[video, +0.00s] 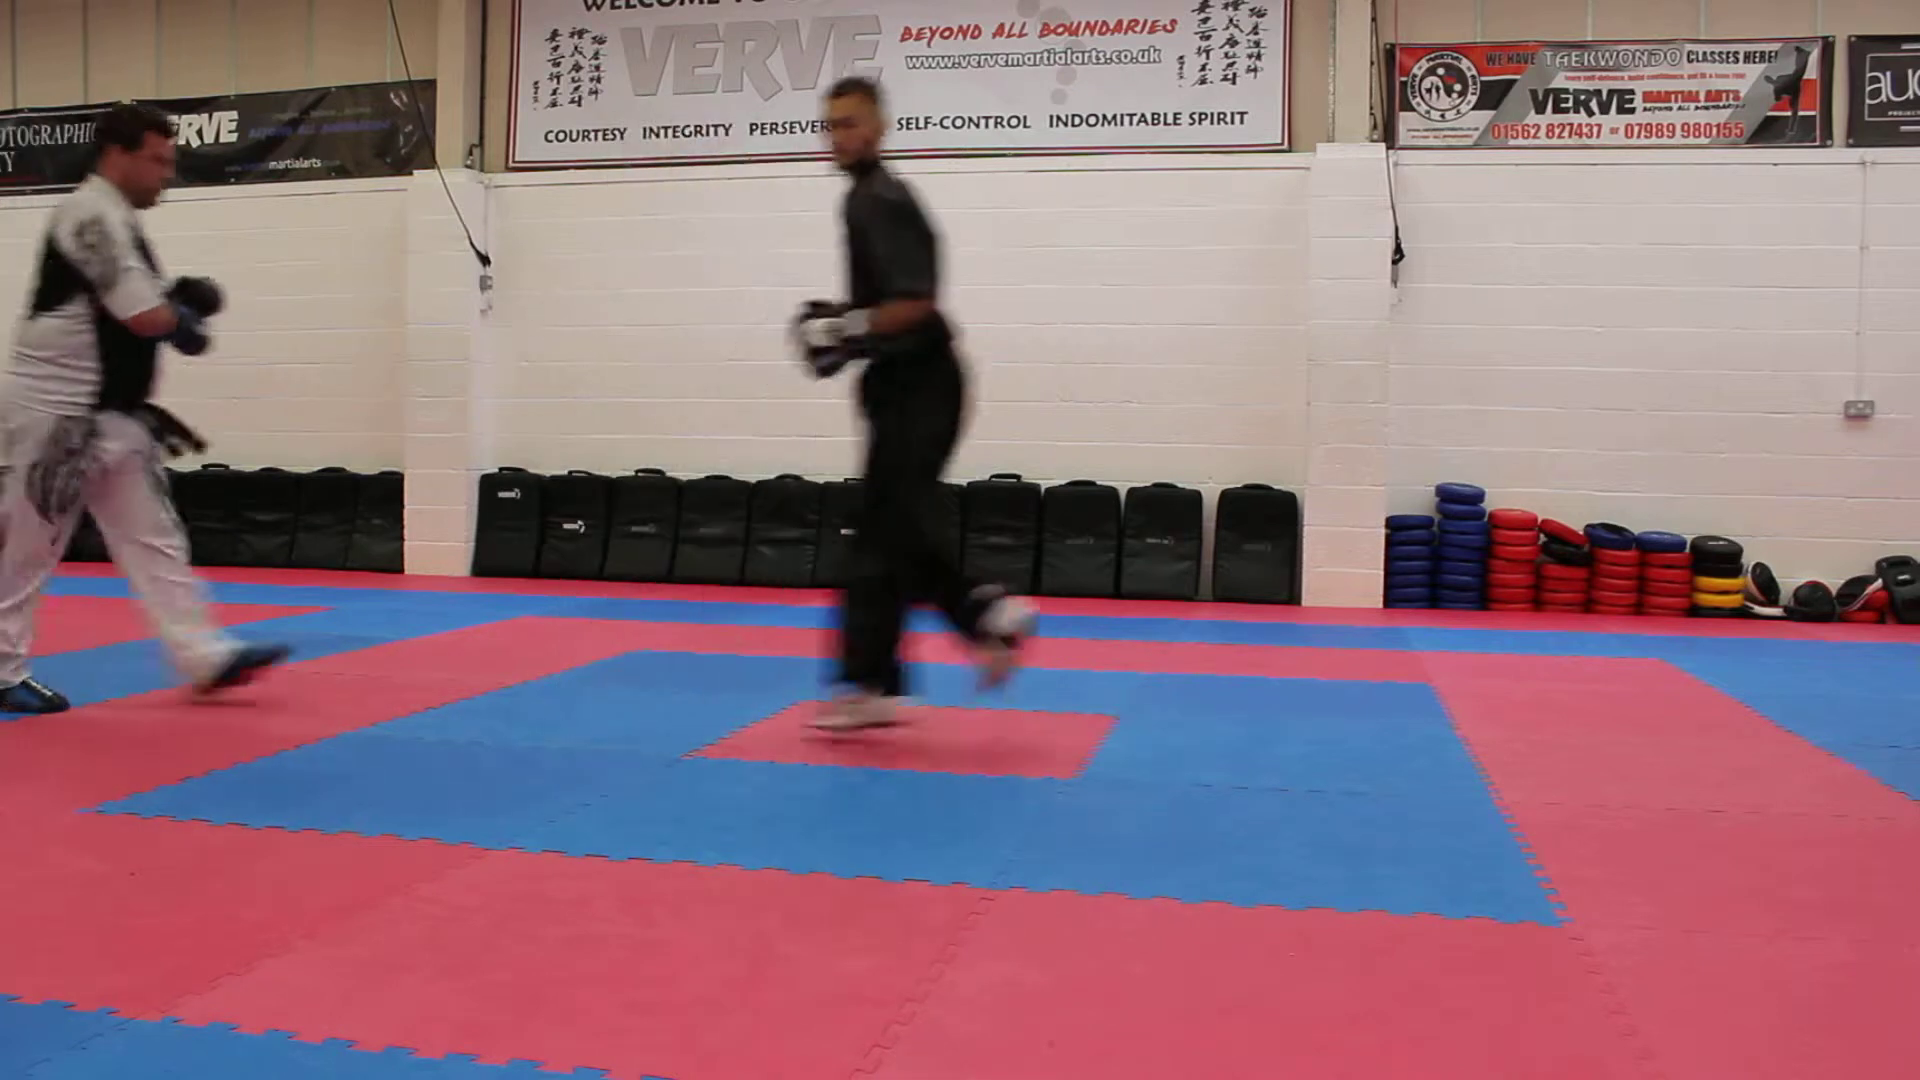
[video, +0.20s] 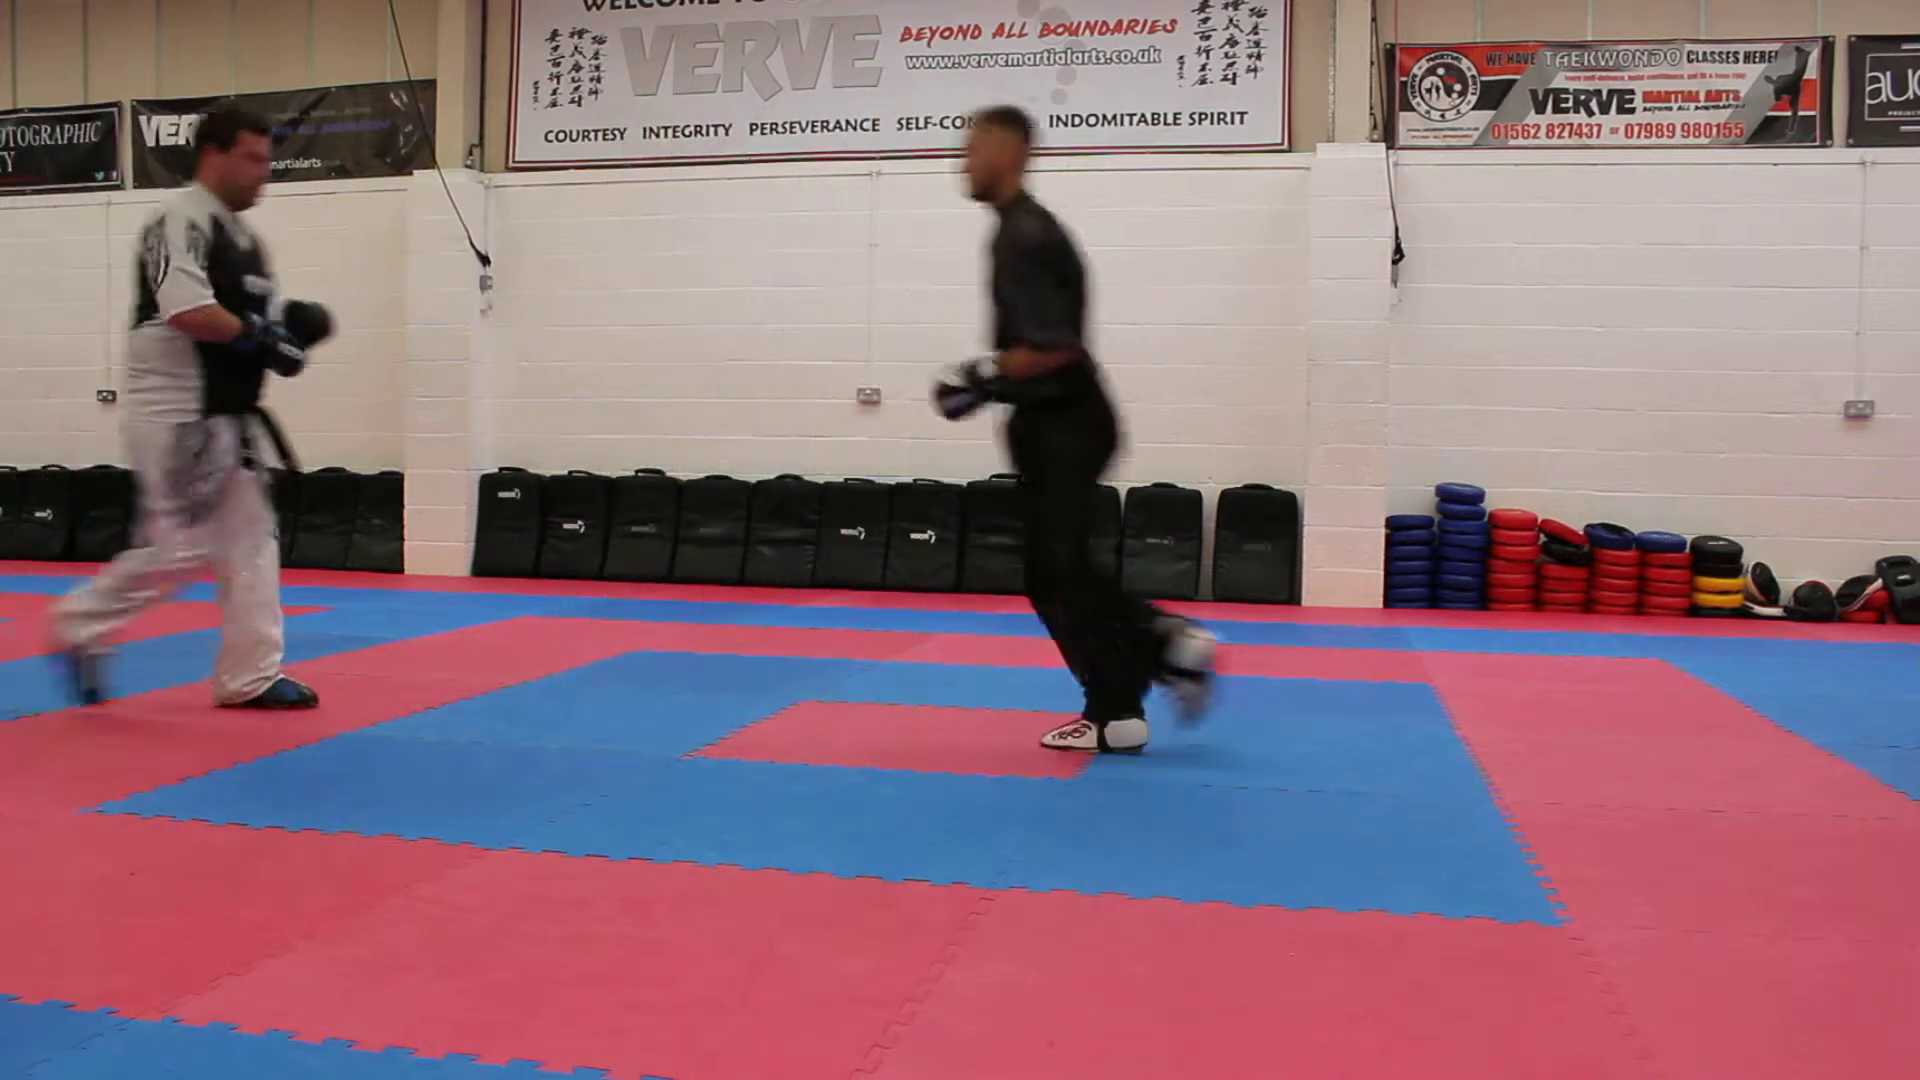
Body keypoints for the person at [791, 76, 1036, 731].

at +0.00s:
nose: (838, 135)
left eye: (850, 123)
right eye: (832, 125)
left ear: (879, 126)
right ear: (830, 131)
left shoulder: (887, 201)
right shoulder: (863, 199)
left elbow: (914, 303)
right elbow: (884, 297)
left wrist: (847, 330)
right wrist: (841, 321)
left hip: (921, 379)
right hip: (898, 378)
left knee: (893, 517)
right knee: (888, 520)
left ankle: (989, 615)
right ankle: (871, 683)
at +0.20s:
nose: (966, 161)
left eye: (977, 148)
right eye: (967, 148)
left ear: (1013, 155)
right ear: (996, 157)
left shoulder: (1030, 236)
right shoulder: (1014, 232)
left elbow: (1054, 347)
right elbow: (1029, 340)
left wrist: (987, 381)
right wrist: (986, 377)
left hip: (1067, 423)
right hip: (1047, 421)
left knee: (1057, 570)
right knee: (1055, 568)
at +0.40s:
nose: (1101, 141)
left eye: (1114, 129)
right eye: (1104, 129)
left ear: (1149, 136)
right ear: (1147, 138)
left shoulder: (1155, 214)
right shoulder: (1171, 209)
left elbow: (1183, 317)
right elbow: (1177, 314)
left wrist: (1117, 343)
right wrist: (1118, 342)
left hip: (1190, 405)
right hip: (1226, 399)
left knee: (1134, 549)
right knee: (1261, 550)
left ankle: (1130, 706)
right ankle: (1366, 666)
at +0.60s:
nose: (1225, 187)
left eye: (1236, 173)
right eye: (1228, 173)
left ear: (1273, 183)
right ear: (1283, 186)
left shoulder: (1270, 265)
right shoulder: (1324, 260)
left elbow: (1287, 381)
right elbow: (1314, 382)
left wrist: (1237, 394)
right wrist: (1230, 408)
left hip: (1308, 466)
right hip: (1360, 463)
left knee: (1216, 571)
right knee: (1390, 598)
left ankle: (1240, 718)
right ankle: (1468, 728)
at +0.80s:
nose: (1284, 115)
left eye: (1293, 101)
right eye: (1287, 102)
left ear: (1326, 109)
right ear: (1348, 112)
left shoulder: (1311, 189)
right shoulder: (1399, 187)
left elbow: (1323, 301)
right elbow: (1431, 300)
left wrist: (1270, 314)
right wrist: (1344, 302)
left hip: (1342, 383)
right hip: (1412, 379)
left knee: (1294, 533)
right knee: (1431, 537)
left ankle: (1249, 685)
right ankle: (1470, 695)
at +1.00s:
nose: (1336, 157)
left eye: (1346, 145)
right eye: (1339, 145)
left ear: (1378, 154)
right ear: (1398, 156)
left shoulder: (1361, 240)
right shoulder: (1455, 241)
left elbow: (1359, 357)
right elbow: (1472, 356)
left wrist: (1298, 362)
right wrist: (1382, 350)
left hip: (1375, 442)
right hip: (1449, 440)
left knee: (1302, 567)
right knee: (1474, 582)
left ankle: (1262, 729)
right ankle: (1516, 742)